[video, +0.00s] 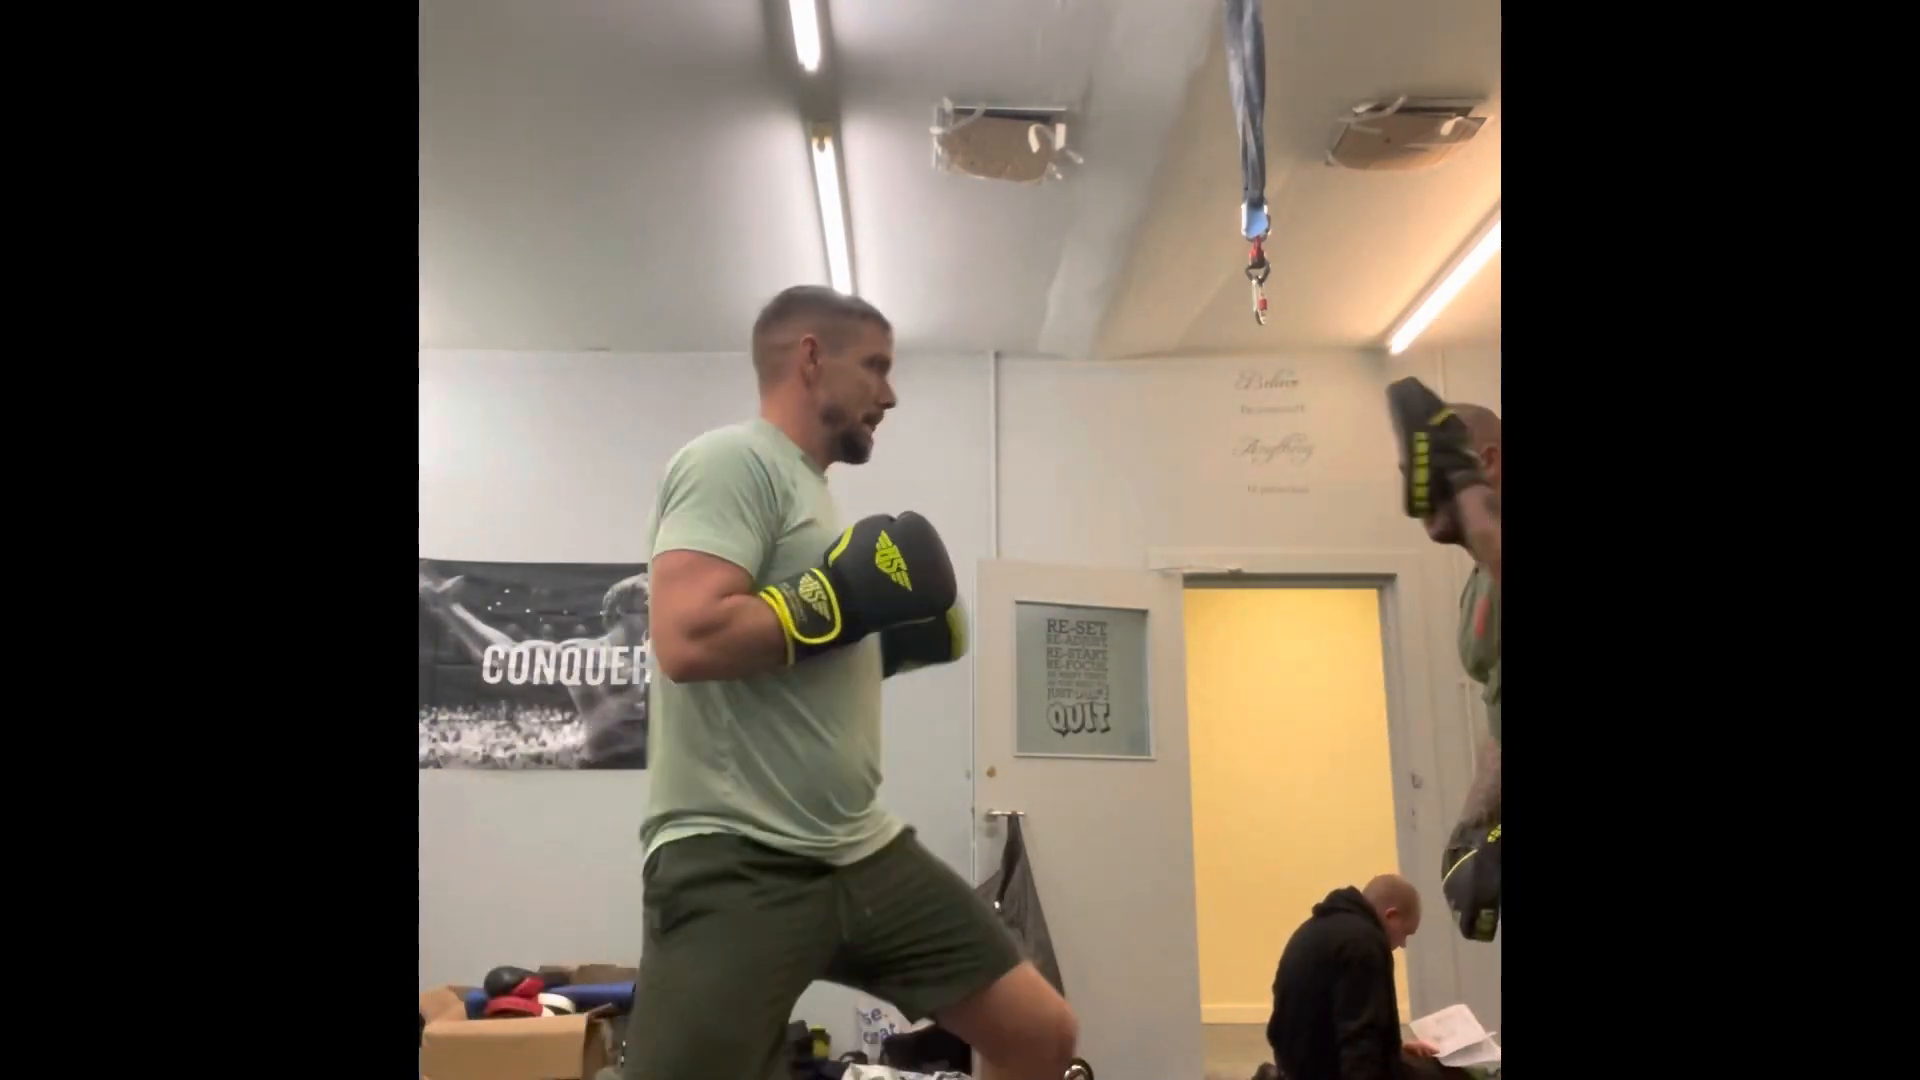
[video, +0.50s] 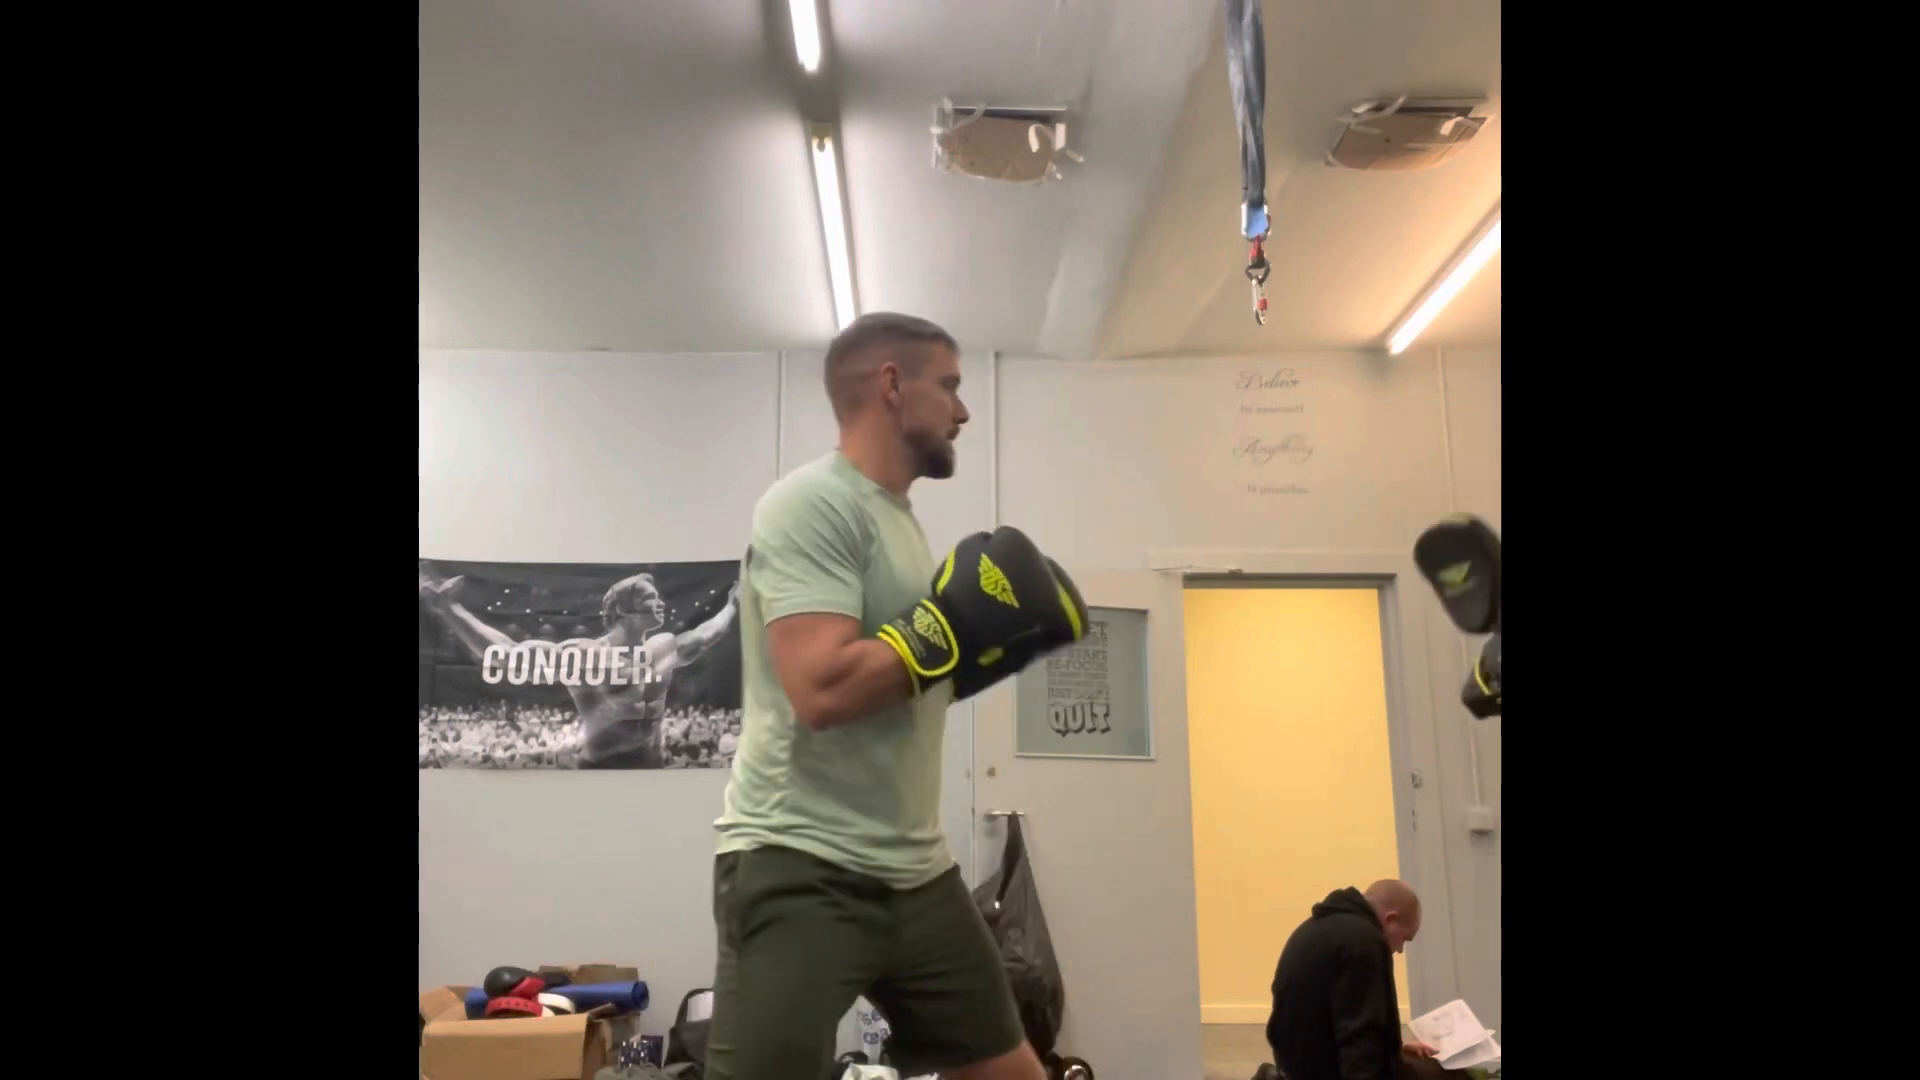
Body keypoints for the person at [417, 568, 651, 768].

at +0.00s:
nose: (649, 619)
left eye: (651, 610)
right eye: (642, 610)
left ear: (657, 611)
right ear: (618, 612)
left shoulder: (667, 649)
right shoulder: (582, 654)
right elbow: (508, 654)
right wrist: (447, 607)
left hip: (663, 760)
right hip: (610, 760)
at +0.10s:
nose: (659, 606)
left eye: (658, 600)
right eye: (648, 601)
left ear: (657, 610)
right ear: (621, 612)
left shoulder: (665, 649)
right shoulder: (583, 656)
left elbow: (716, 626)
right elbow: (506, 653)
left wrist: (748, 590)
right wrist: (449, 608)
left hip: (650, 771)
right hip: (598, 773)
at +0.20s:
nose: (661, 609)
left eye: (659, 602)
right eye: (652, 602)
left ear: (649, 611)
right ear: (625, 611)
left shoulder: (664, 649)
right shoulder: (579, 655)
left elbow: (706, 637)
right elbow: (505, 652)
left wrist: (736, 605)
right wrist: (448, 608)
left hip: (651, 773)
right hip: (597, 775)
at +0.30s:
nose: (663, 608)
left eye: (661, 601)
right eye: (652, 602)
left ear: (645, 612)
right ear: (624, 612)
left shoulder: (665, 648)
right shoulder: (578, 654)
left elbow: (707, 635)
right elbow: (504, 652)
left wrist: (735, 604)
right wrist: (449, 607)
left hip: (649, 771)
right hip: (594, 773)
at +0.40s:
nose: (663, 607)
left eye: (660, 600)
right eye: (652, 601)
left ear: (642, 612)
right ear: (624, 612)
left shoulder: (665, 647)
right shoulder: (579, 655)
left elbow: (707, 635)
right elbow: (504, 652)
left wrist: (736, 605)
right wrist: (449, 607)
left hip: (649, 772)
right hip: (594, 774)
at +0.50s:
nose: (662, 606)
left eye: (660, 599)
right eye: (651, 601)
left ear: (648, 611)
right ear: (623, 611)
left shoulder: (665, 649)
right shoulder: (580, 655)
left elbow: (708, 634)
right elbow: (507, 652)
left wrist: (734, 603)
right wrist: (450, 608)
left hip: (649, 774)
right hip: (594, 774)